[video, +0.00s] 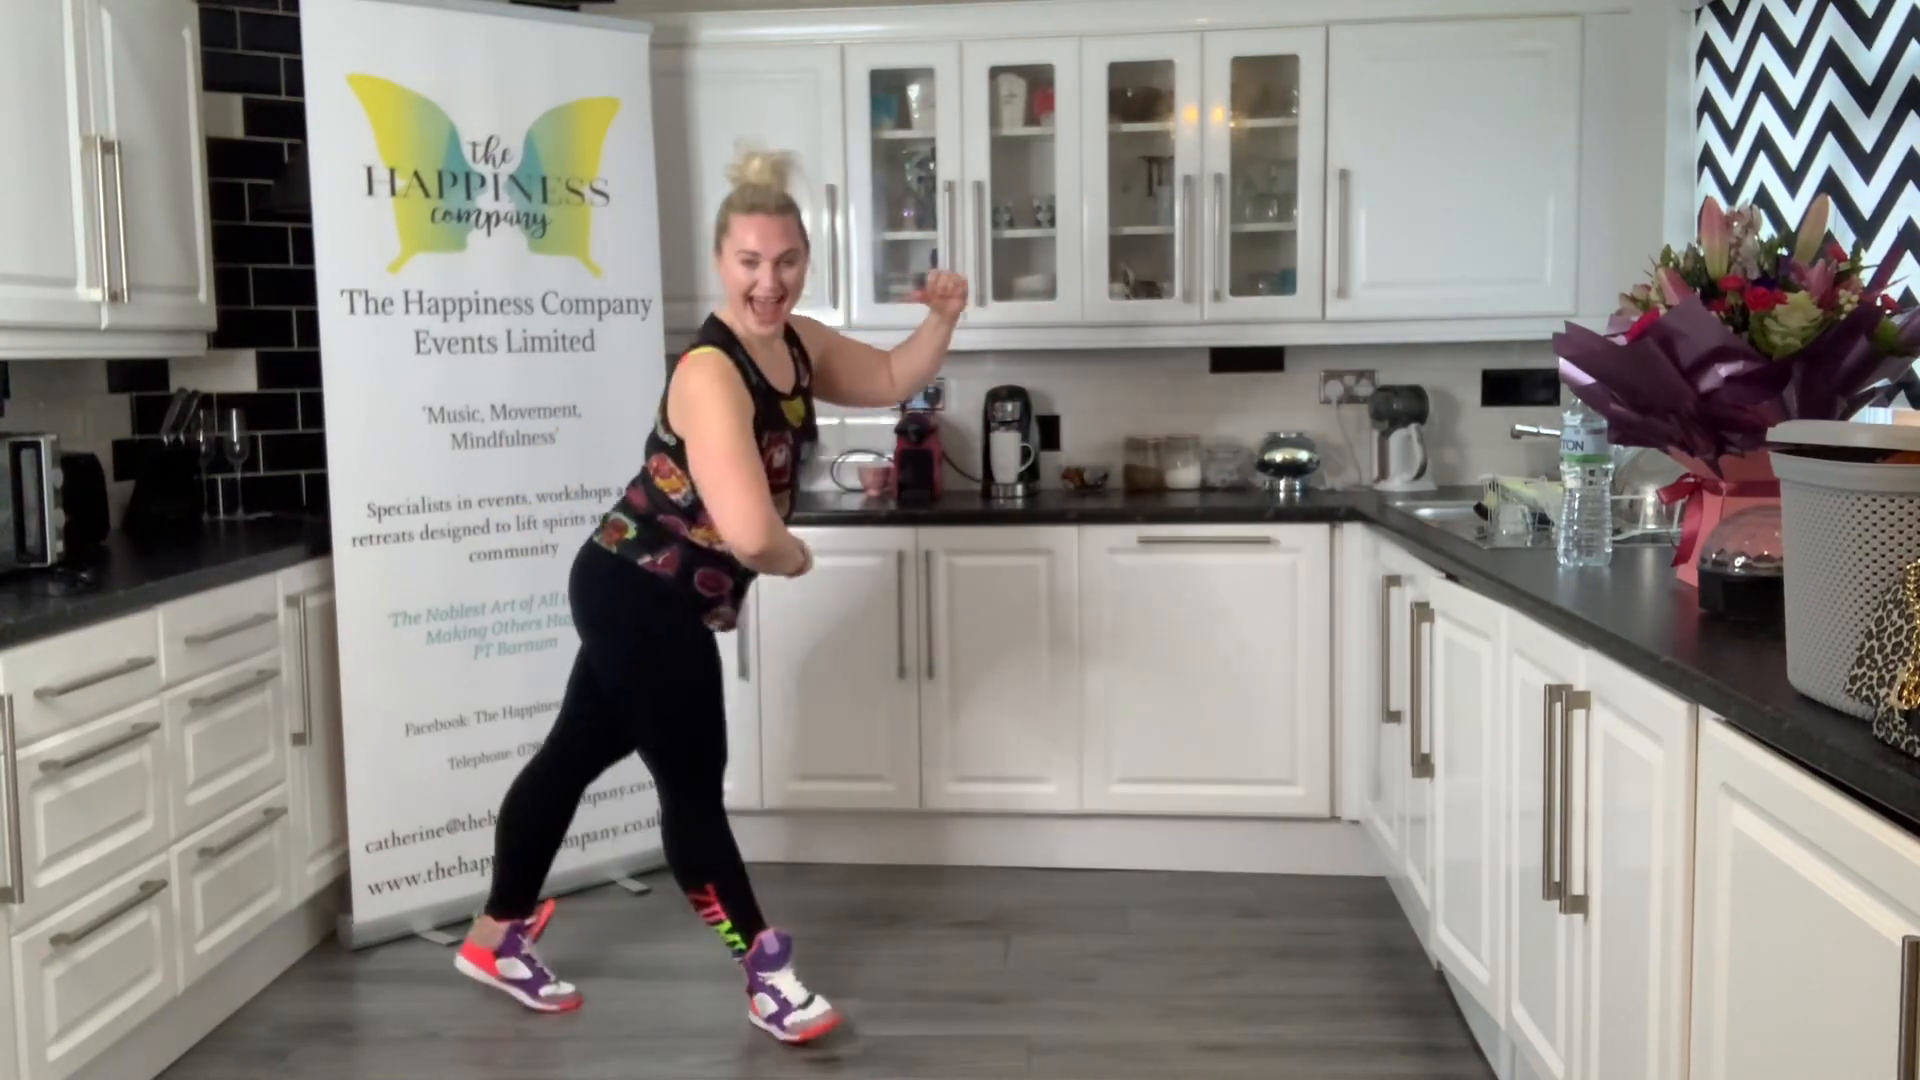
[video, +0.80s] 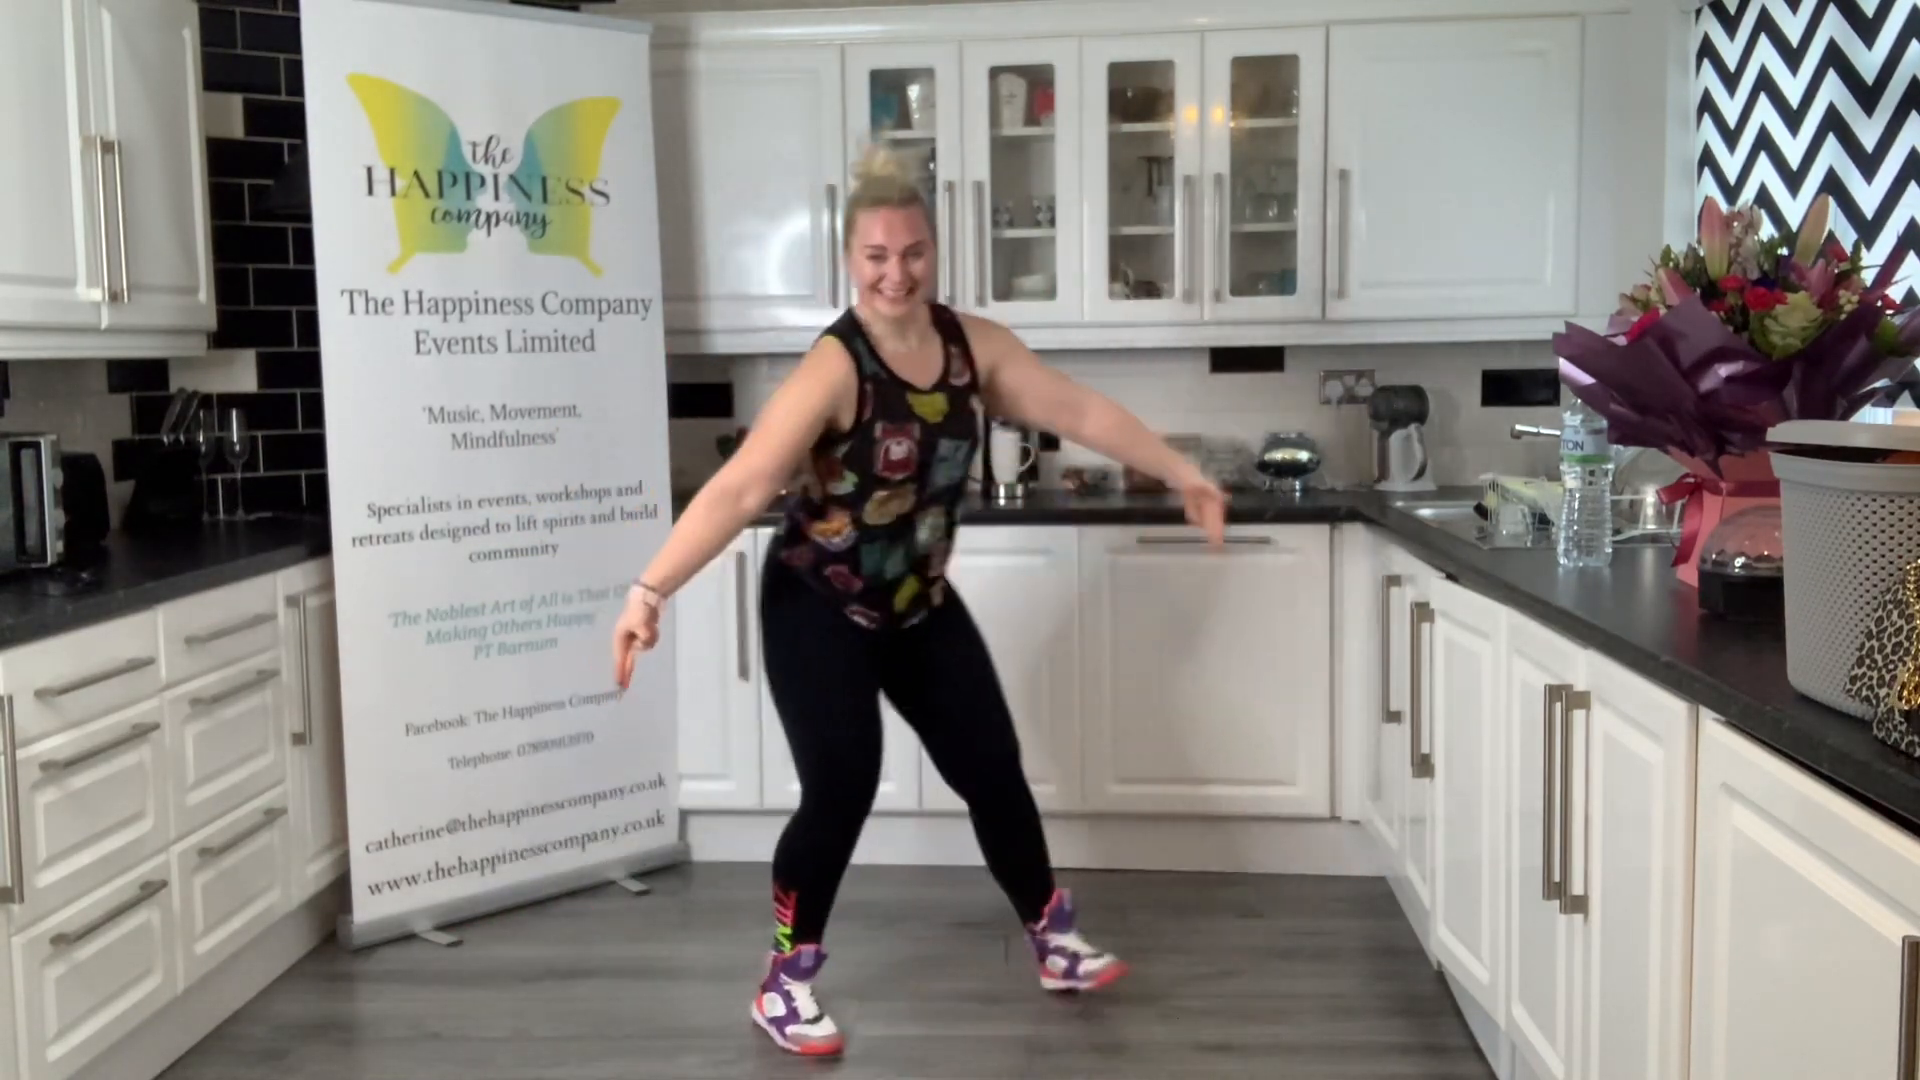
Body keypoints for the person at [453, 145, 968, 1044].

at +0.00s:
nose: (769, 278)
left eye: (785, 259)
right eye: (749, 260)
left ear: (806, 257)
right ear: (719, 260)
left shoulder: (798, 342)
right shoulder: (710, 373)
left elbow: (888, 380)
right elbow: (750, 535)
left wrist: (942, 317)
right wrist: (790, 555)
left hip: (669, 588)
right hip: (640, 590)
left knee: (569, 760)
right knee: (693, 778)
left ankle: (496, 935)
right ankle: (764, 970)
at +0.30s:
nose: (757, 281)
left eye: (774, 263)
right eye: (737, 264)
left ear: (795, 265)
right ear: (707, 267)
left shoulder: (794, 345)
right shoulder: (703, 372)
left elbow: (873, 400)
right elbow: (690, 527)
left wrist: (921, 384)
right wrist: (801, 509)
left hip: (678, 595)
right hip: (633, 591)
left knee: (577, 765)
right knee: (748, 759)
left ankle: (491, 942)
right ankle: (771, 974)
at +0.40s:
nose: (772, 284)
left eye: (789, 265)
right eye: (753, 266)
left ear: (809, 265)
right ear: (724, 267)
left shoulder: (810, 349)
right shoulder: (718, 380)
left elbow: (907, 412)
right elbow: (669, 526)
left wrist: (1010, 454)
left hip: (712, 598)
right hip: (659, 597)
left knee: (631, 774)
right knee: (769, 762)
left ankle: (505, 933)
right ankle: (779, 978)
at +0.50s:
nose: (799, 266)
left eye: (815, 247)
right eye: (780, 249)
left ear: (835, 248)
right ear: (750, 252)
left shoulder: (854, 338)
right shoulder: (742, 364)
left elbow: (938, 416)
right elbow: (674, 495)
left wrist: (1032, 485)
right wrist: (628, 615)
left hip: (773, 595)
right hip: (700, 594)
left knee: (761, 770)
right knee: (768, 765)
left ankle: (598, 885)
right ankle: (778, 976)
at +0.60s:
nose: (830, 261)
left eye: (846, 243)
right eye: (810, 244)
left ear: (868, 244)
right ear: (781, 247)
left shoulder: (892, 334)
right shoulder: (769, 355)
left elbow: (977, 418)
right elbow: (688, 484)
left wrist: (1065, 484)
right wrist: (617, 597)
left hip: (815, 585)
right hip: (728, 584)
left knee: (880, 744)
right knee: (780, 773)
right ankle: (781, 975)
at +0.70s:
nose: (860, 269)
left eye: (877, 249)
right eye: (840, 251)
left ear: (900, 248)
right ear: (813, 253)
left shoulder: (927, 342)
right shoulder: (797, 365)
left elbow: (1020, 417)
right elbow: (710, 490)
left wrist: (1115, 480)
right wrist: (628, 596)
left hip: (860, 589)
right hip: (766, 596)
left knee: (951, 734)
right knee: (811, 773)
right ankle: (783, 980)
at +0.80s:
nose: (894, 273)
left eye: (911, 254)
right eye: (875, 256)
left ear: (934, 253)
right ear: (849, 260)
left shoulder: (977, 347)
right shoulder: (834, 369)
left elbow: (1079, 411)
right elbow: (743, 485)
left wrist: (1181, 473)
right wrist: (651, 588)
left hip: (920, 596)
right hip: (817, 601)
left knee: (992, 768)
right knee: (841, 783)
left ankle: (1054, 943)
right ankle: (787, 982)